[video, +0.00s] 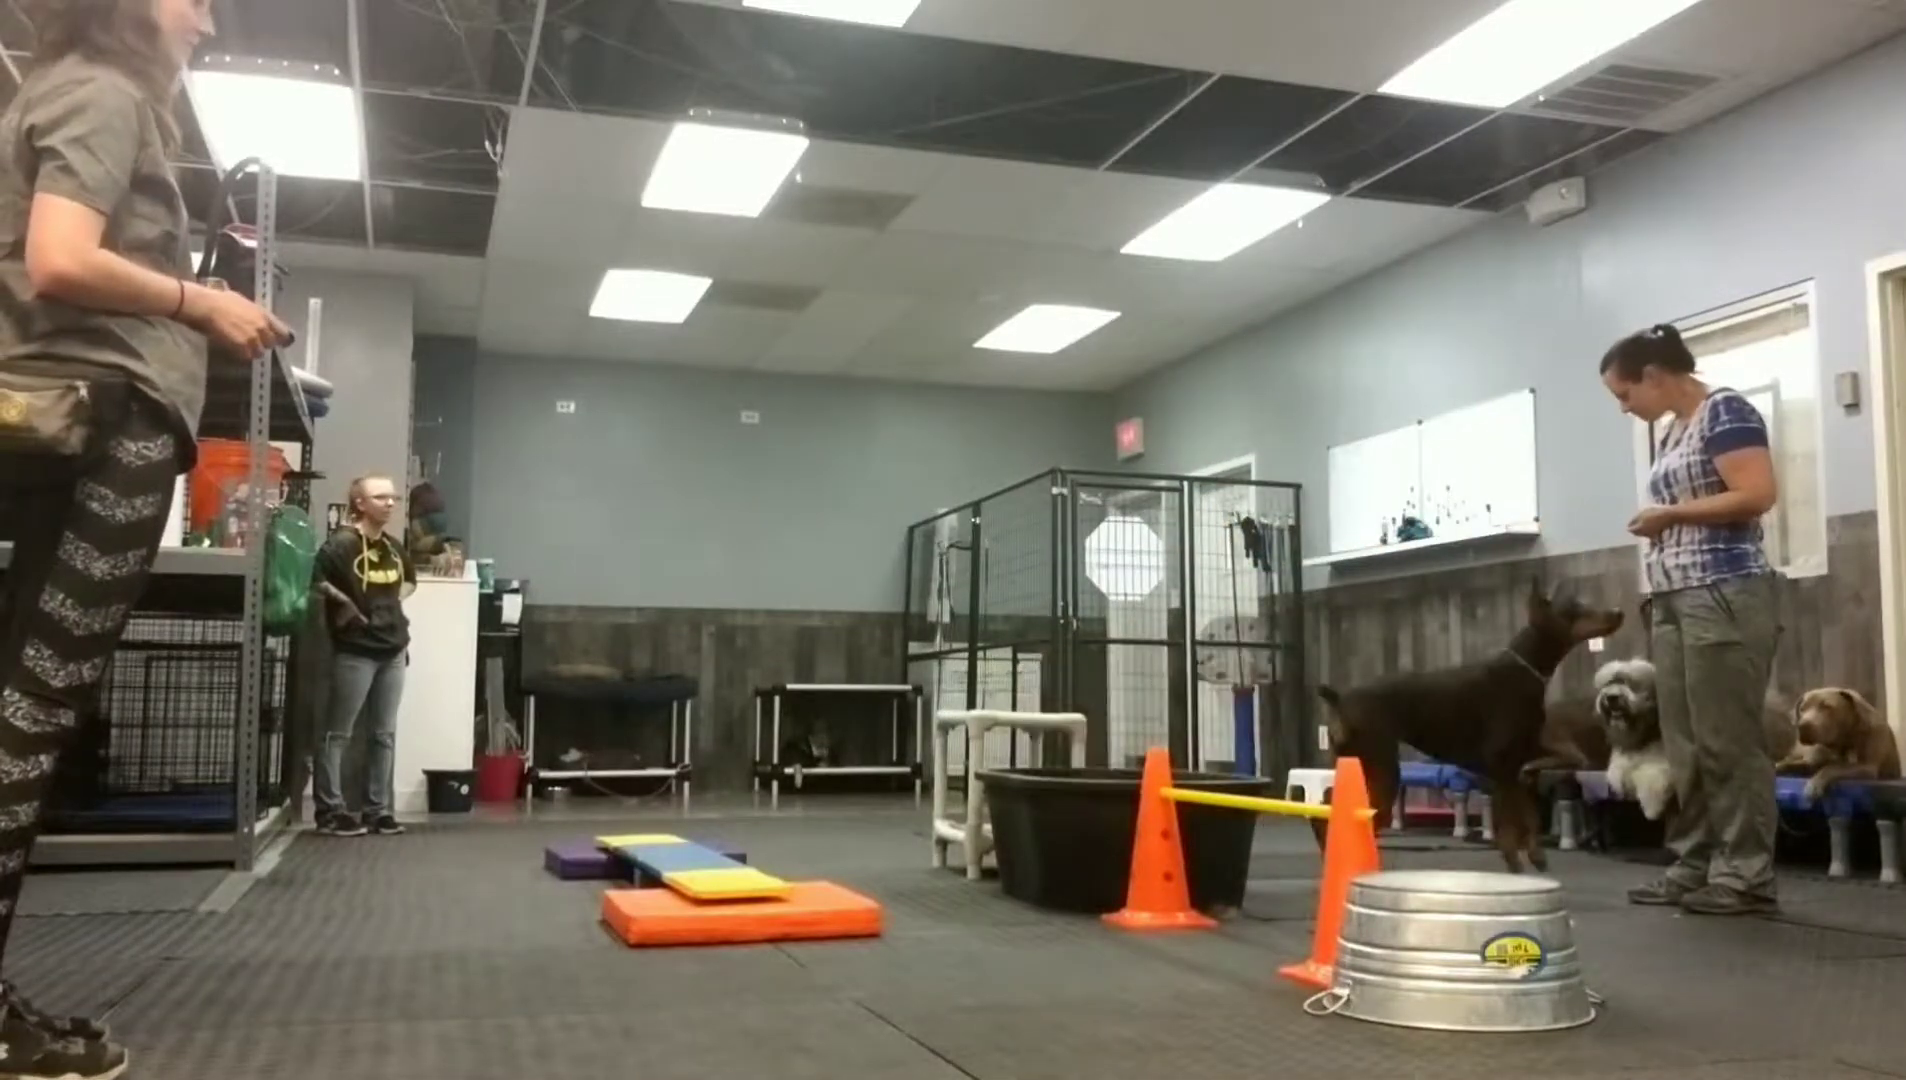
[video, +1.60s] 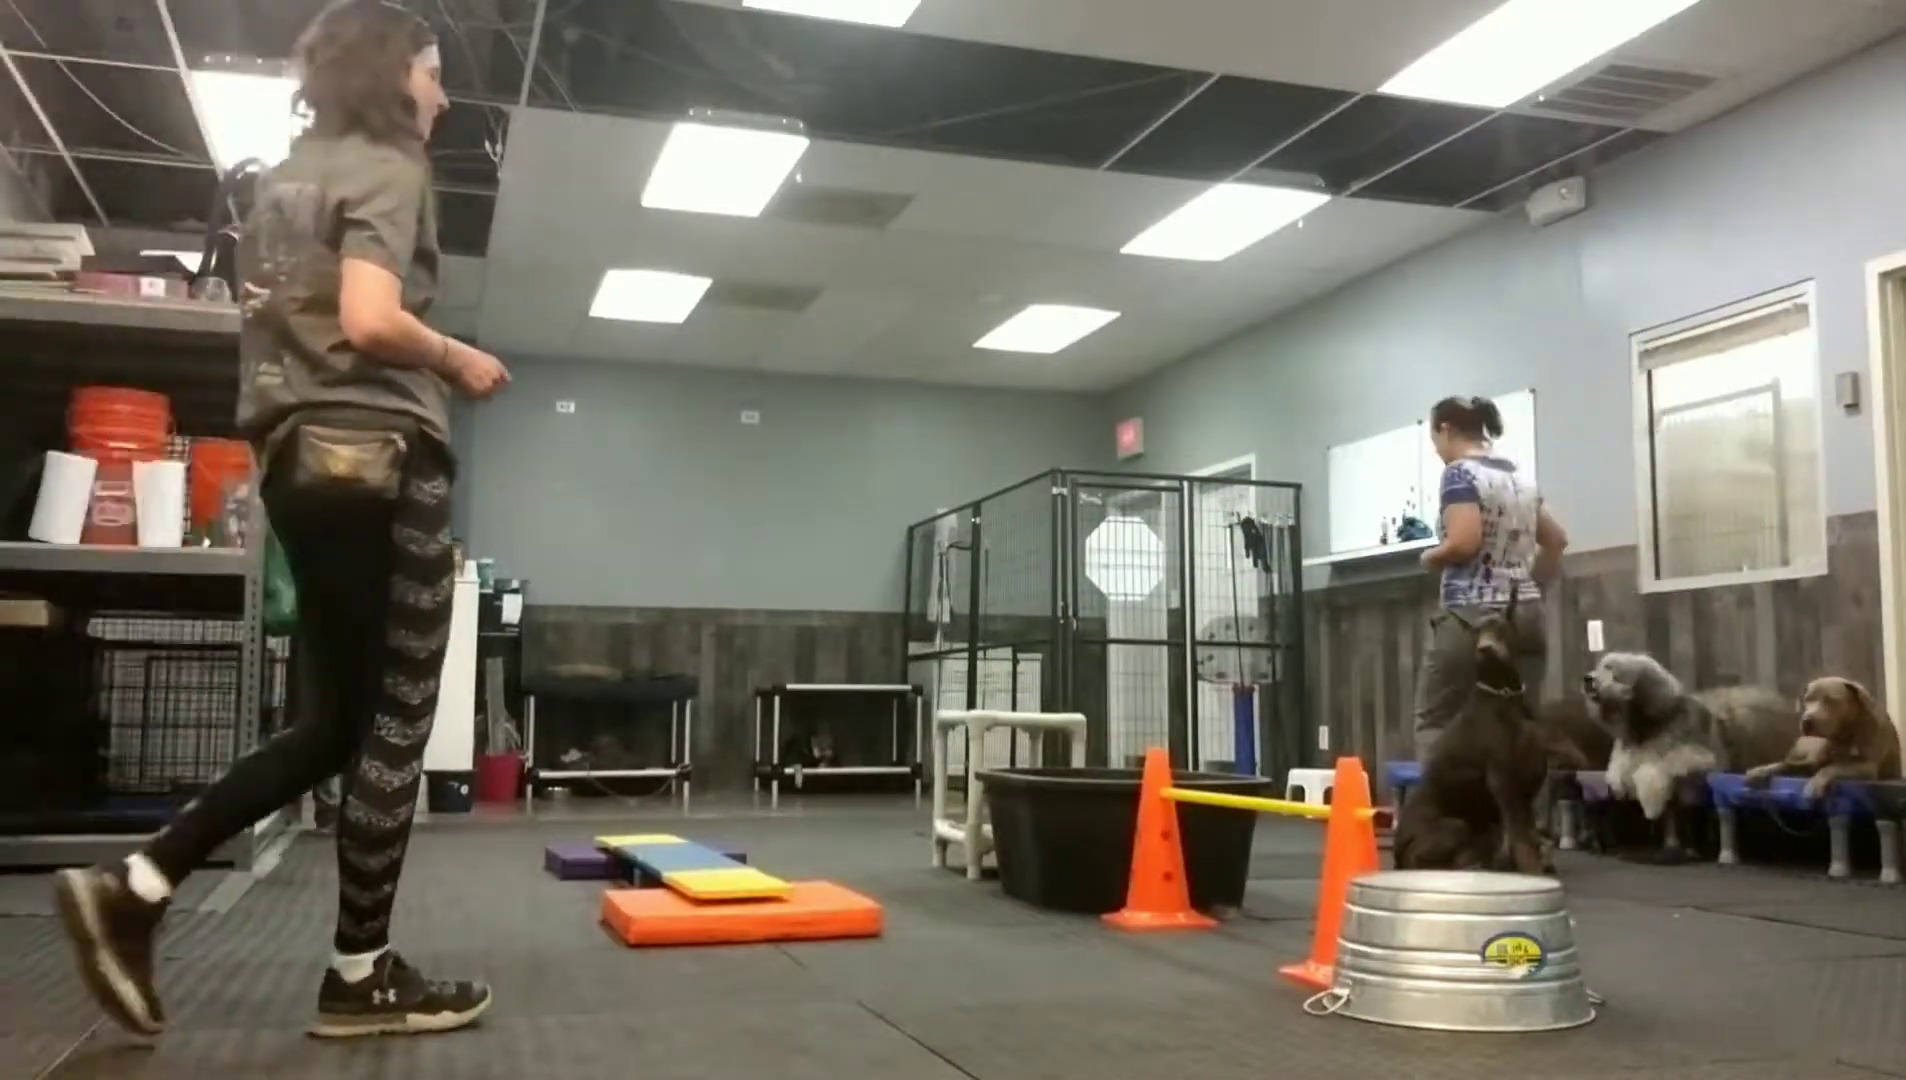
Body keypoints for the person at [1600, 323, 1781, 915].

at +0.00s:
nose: (1626, 409)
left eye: (1625, 395)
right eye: (1620, 399)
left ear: (1654, 375)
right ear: (1653, 380)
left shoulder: (1723, 411)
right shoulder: (1669, 437)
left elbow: (1758, 494)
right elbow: (1689, 518)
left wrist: (1671, 514)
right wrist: (1657, 536)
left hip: (1724, 597)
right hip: (1675, 602)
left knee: (1728, 740)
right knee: (1686, 743)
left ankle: (1746, 877)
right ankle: (1694, 866)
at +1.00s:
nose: (1633, 426)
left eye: (1632, 412)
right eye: (1628, 417)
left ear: (1659, 391)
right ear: (1658, 397)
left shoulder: (1711, 431)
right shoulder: (1686, 452)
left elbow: (1733, 509)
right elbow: (1662, 537)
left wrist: (1661, 528)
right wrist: (1604, 559)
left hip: (1714, 604)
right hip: (1723, 604)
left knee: (1682, 725)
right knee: (1736, 736)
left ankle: (1708, 863)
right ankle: (1767, 865)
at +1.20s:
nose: (1568, 430)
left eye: (1566, 417)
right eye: (1564, 420)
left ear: (1585, 408)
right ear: (1606, 405)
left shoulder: (1632, 449)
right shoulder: (1647, 451)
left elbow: (1657, 522)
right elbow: (1665, 527)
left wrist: (1595, 537)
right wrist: (1605, 539)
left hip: (1639, 605)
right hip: (1665, 603)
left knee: (1622, 736)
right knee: (1656, 732)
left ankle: (1646, 860)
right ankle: (1722, 831)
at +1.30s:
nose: (1537, 429)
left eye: (1535, 418)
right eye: (1535, 419)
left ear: (1552, 409)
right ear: (1582, 406)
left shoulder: (1579, 452)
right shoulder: (1623, 452)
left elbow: (1596, 526)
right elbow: (1664, 521)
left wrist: (1546, 539)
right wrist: (1626, 553)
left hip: (1598, 604)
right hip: (1637, 599)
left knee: (1607, 728)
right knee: (1601, 725)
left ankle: (1646, 860)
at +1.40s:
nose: (1499, 434)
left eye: (1502, 422)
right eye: (1498, 424)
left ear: (1529, 414)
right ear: (1545, 416)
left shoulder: (1534, 465)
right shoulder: (1590, 467)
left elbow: (1544, 538)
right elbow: (1634, 534)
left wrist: (1510, 552)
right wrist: (1602, 575)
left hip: (1559, 616)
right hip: (1604, 610)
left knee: (1589, 734)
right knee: (1556, 734)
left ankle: (1644, 859)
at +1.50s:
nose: (1467, 439)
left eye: (1470, 428)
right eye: (1466, 430)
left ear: (1497, 422)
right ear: (1512, 424)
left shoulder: (1494, 470)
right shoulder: (1553, 471)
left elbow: (1502, 538)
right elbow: (1594, 538)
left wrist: (1470, 557)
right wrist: (1564, 581)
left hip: (1520, 620)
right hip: (1566, 618)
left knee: (1506, 726)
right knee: (1553, 721)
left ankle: (1582, 804)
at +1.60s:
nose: (1436, 449)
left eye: (1435, 439)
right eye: (1434, 440)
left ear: (1446, 431)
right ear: (1480, 432)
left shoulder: (1459, 473)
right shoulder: (1517, 480)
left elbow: (1465, 542)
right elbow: (1555, 540)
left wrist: (1433, 557)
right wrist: (1532, 588)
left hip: (1469, 613)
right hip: (1524, 610)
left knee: (1434, 721)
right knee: (1520, 719)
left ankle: (1443, 812)